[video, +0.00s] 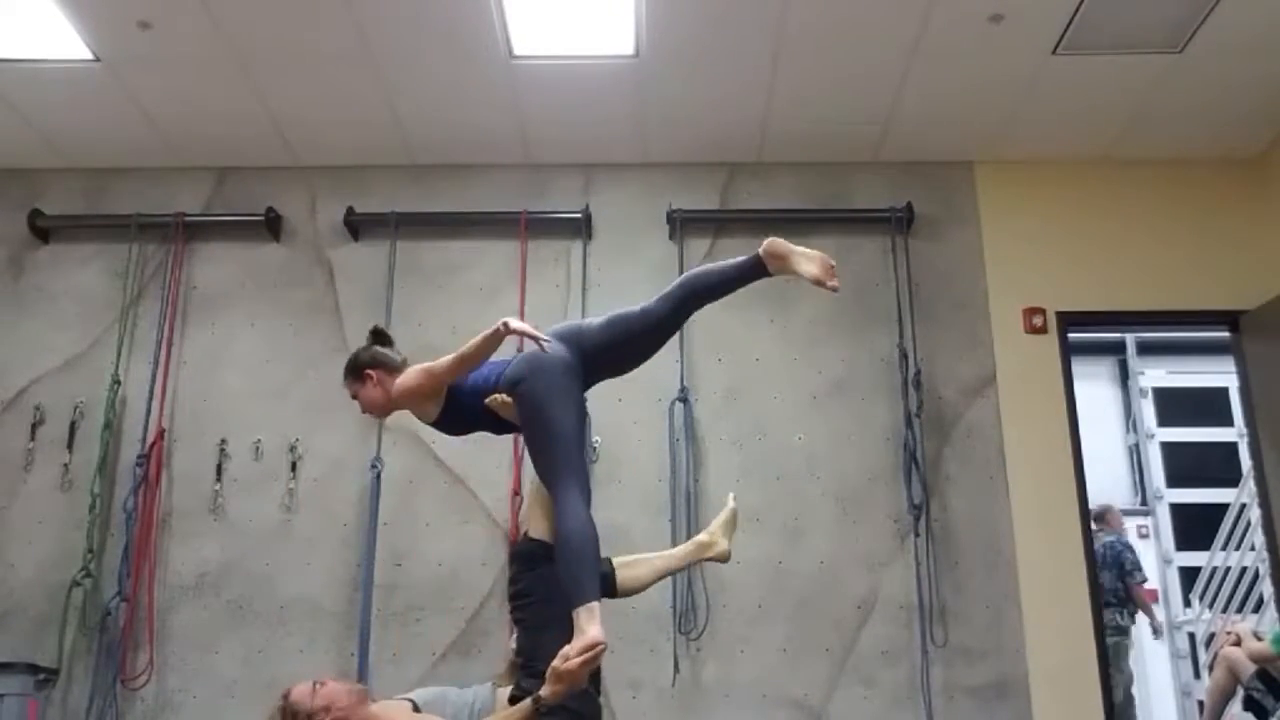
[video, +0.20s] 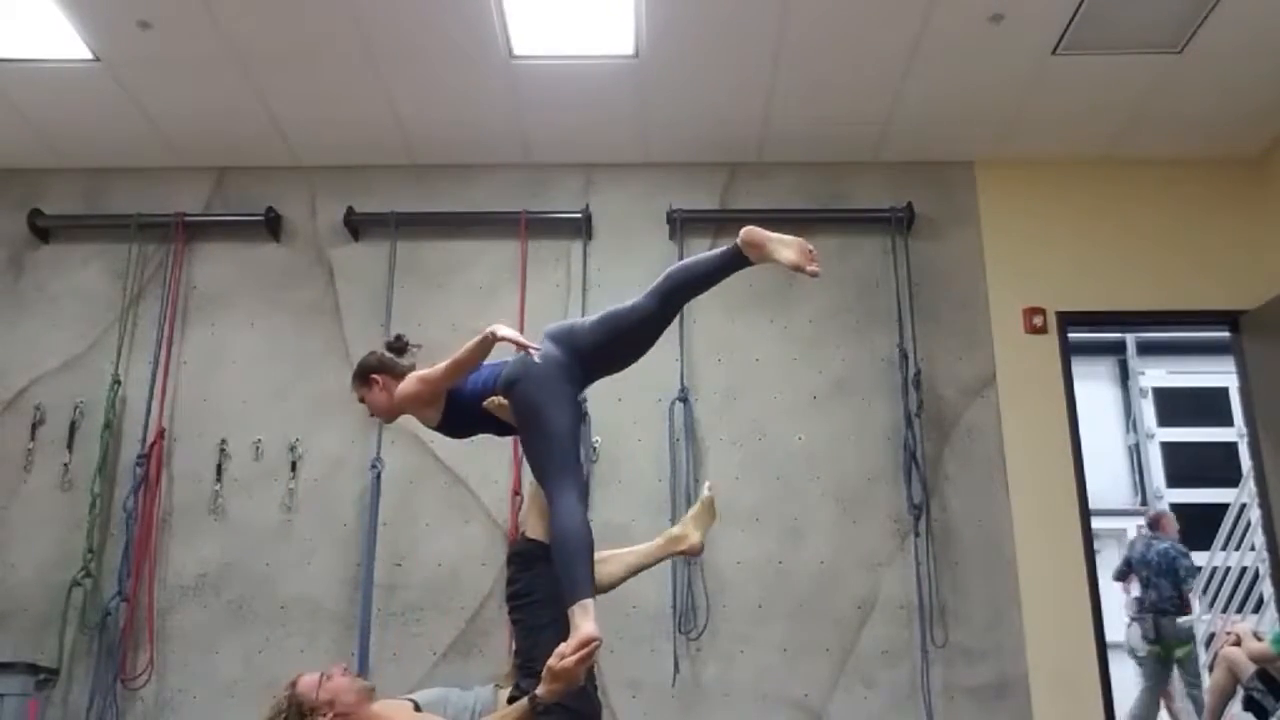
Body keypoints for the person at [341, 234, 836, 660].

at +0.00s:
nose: (362, 407)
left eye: (358, 397)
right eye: (358, 400)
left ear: (374, 378)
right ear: (378, 378)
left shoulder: (410, 387)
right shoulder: (430, 390)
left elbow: (455, 365)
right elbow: (482, 386)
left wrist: (497, 332)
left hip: (538, 380)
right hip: (559, 350)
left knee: (568, 500)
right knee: (663, 312)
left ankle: (587, 627)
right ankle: (768, 257)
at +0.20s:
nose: (367, 406)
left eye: (365, 396)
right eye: (364, 400)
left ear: (381, 381)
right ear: (388, 379)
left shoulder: (407, 396)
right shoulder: (431, 391)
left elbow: (445, 372)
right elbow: (486, 391)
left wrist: (487, 337)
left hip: (530, 380)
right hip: (554, 349)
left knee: (564, 495)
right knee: (656, 305)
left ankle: (583, 623)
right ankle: (748, 247)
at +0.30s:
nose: (368, 411)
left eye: (364, 401)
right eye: (363, 404)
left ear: (373, 383)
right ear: (385, 367)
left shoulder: (395, 393)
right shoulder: (441, 358)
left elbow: (431, 379)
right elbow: (512, 334)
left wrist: (467, 393)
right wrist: (582, 304)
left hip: (511, 374)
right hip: (545, 344)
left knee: (549, 495)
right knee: (657, 344)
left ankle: (574, 624)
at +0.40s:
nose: (363, 399)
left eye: (355, 391)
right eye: (358, 393)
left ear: (361, 371)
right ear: (378, 351)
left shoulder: (386, 379)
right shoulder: (432, 340)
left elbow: (406, 404)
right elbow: (503, 310)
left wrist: (412, 427)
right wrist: (570, 269)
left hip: (500, 369)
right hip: (542, 338)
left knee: (537, 490)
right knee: (652, 389)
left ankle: (561, 618)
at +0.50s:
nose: (345, 349)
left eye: (338, 340)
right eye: (340, 342)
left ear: (345, 322)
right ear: (372, 305)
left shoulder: (366, 342)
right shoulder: (422, 302)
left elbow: (392, 370)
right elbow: (500, 289)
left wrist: (407, 408)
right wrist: (569, 272)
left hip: (489, 365)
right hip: (539, 339)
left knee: (527, 492)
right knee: (619, 464)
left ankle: (553, 621)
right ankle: (701, 566)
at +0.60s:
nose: (347, 308)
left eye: (344, 299)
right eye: (345, 300)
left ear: (352, 288)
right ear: (385, 278)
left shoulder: (368, 312)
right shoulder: (438, 287)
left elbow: (402, 344)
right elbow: (511, 290)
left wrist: (422, 394)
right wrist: (591, 287)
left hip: (481, 366)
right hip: (543, 354)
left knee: (516, 493)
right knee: (566, 480)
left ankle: (548, 625)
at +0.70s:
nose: (393, 278)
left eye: (393, 271)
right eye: (393, 272)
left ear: (404, 265)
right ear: (441, 260)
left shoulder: (404, 284)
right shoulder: (483, 276)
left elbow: (417, 322)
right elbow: (564, 293)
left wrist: (395, 396)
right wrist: (637, 306)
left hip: (479, 375)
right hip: (543, 374)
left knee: (502, 501)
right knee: (537, 455)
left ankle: (528, 632)